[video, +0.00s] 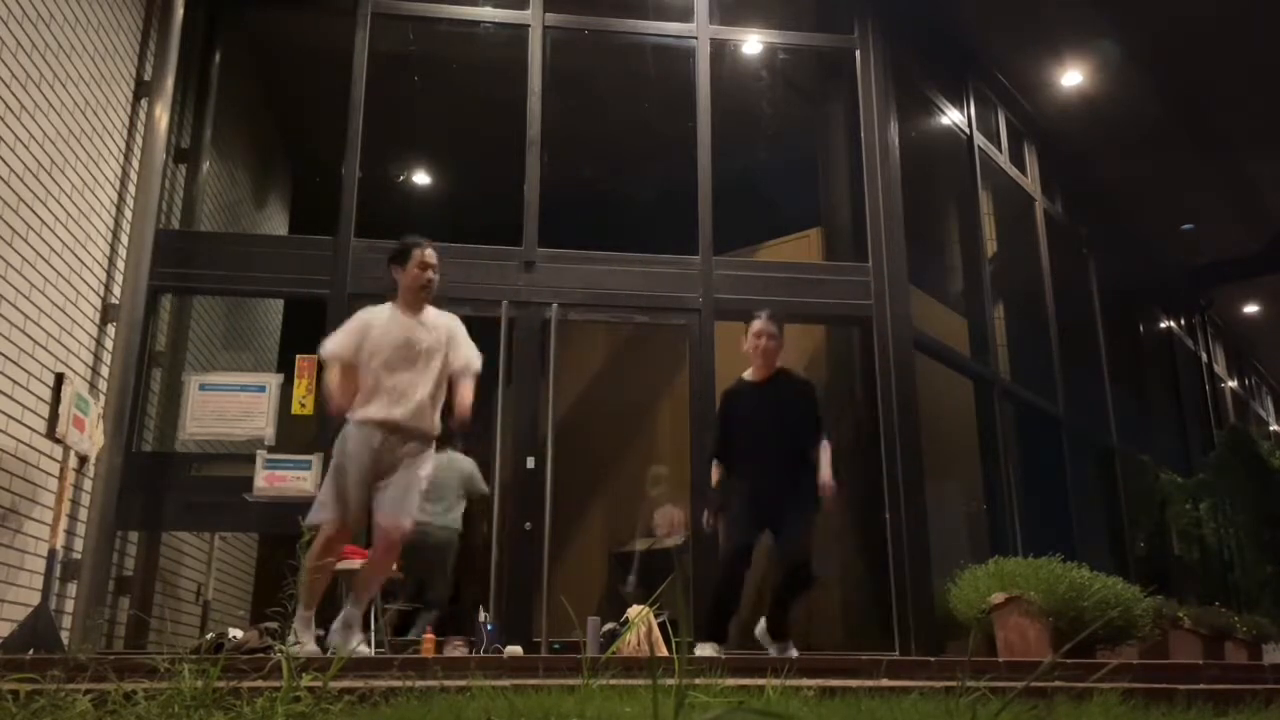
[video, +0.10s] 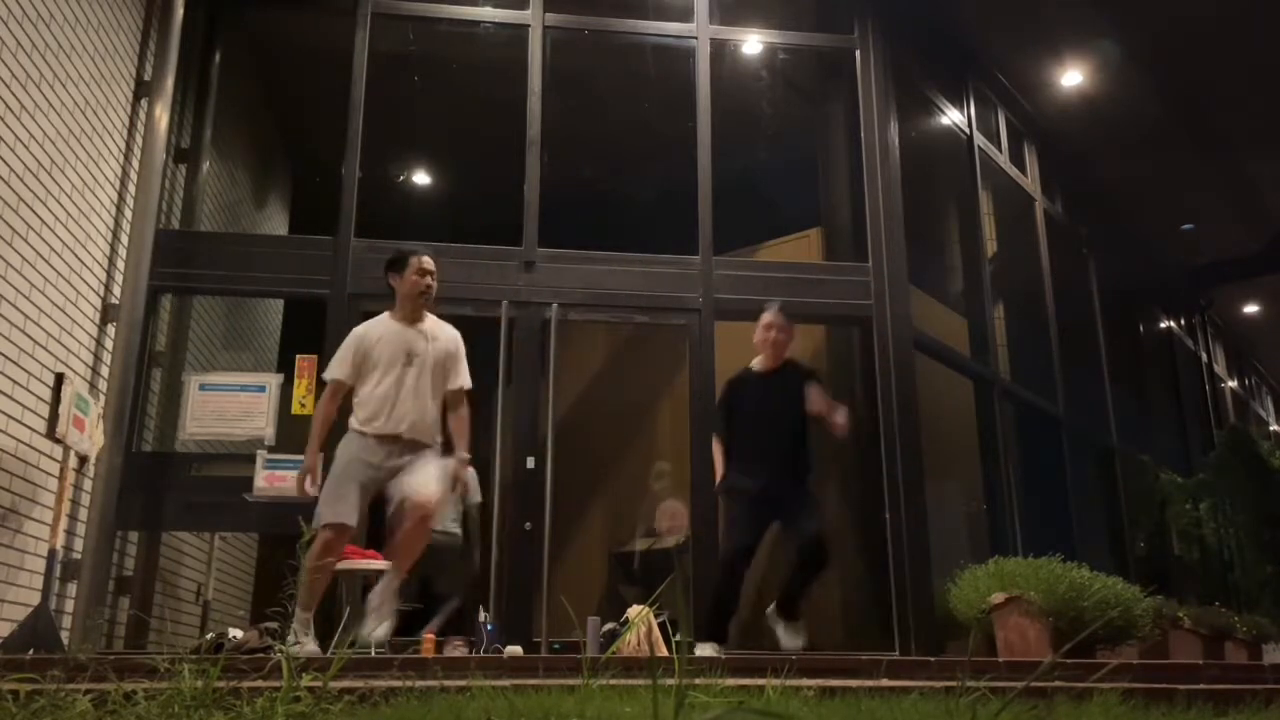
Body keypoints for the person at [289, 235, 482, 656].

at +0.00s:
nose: (430, 274)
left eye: (434, 269)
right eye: (422, 267)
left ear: (438, 277)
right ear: (398, 272)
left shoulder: (448, 325)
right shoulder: (371, 319)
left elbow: (466, 368)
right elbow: (334, 355)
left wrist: (463, 403)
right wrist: (337, 393)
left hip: (417, 441)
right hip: (364, 432)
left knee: (394, 534)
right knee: (338, 530)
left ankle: (347, 627)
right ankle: (303, 624)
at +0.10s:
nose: (430, 281)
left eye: (434, 275)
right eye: (422, 273)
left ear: (436, 285)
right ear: (395, 279)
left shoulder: (448, 338)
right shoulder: (366, 334)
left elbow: (457, 403)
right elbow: (332, 395)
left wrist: (461, 454)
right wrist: (313, 451)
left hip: (420, 452)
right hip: (363, 445)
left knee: (424, 505)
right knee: (334, 532)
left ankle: (383, 597)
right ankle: (301, 626)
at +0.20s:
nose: (439, 260)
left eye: (443, 254)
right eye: (430, 253)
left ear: (450, 262)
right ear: (409, 261)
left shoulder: (466, 315)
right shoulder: (382, 313)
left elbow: (478, 381)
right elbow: (351, 370)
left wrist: (486, 440)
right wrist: (329, 423)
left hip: (445, 429)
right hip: (385, 427)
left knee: (458, 477)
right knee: (345, 524)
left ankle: (431, 574)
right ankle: (306, 620)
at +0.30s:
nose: (461, 241)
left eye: (465, 234)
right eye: (452, 234)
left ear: (471, 242)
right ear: (431, 241)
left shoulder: (490, 290)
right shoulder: (405, 291)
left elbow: (507, 340)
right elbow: (381, 341)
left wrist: (519, 377)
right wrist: (362, 388)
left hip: (475, 405)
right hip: (415, 403)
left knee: (474, 474)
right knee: (382, 500)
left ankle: (477, 583)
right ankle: (347, 602)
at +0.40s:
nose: (483, 242)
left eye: (488, 236)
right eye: (474, 235)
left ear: (494, 247)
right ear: (454, 243)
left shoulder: (509, 292)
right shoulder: (430, 291)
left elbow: (535, 328)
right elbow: (409, 341)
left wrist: (556, 359)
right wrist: (391, 386)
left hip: (494, 407)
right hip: (439, 405)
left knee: (486, 503)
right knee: (413, 500)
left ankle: (504, 612)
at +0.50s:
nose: (505, 260)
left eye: (510, 254)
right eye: (495, 253)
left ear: (516, 266)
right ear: (475, 265)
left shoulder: (532, 313)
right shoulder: (452, 313)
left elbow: (563, 355)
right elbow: (435, 366)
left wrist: (587, 390)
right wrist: (416, 416)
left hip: (514, 425)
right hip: (462, 426)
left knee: (495, 526)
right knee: (446, 523)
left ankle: (516, 632)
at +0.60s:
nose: (522, 273)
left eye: (526, 268)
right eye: (512, 267)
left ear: (532, 280)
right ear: (492, 278)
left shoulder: (551, 331)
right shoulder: (471, 335)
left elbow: (576, 390)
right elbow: (456, 397)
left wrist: (604, 437)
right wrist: (440, 453)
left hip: (536, 442)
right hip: (484, 445)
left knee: (515, 532)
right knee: (489, 543)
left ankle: (519, 633)